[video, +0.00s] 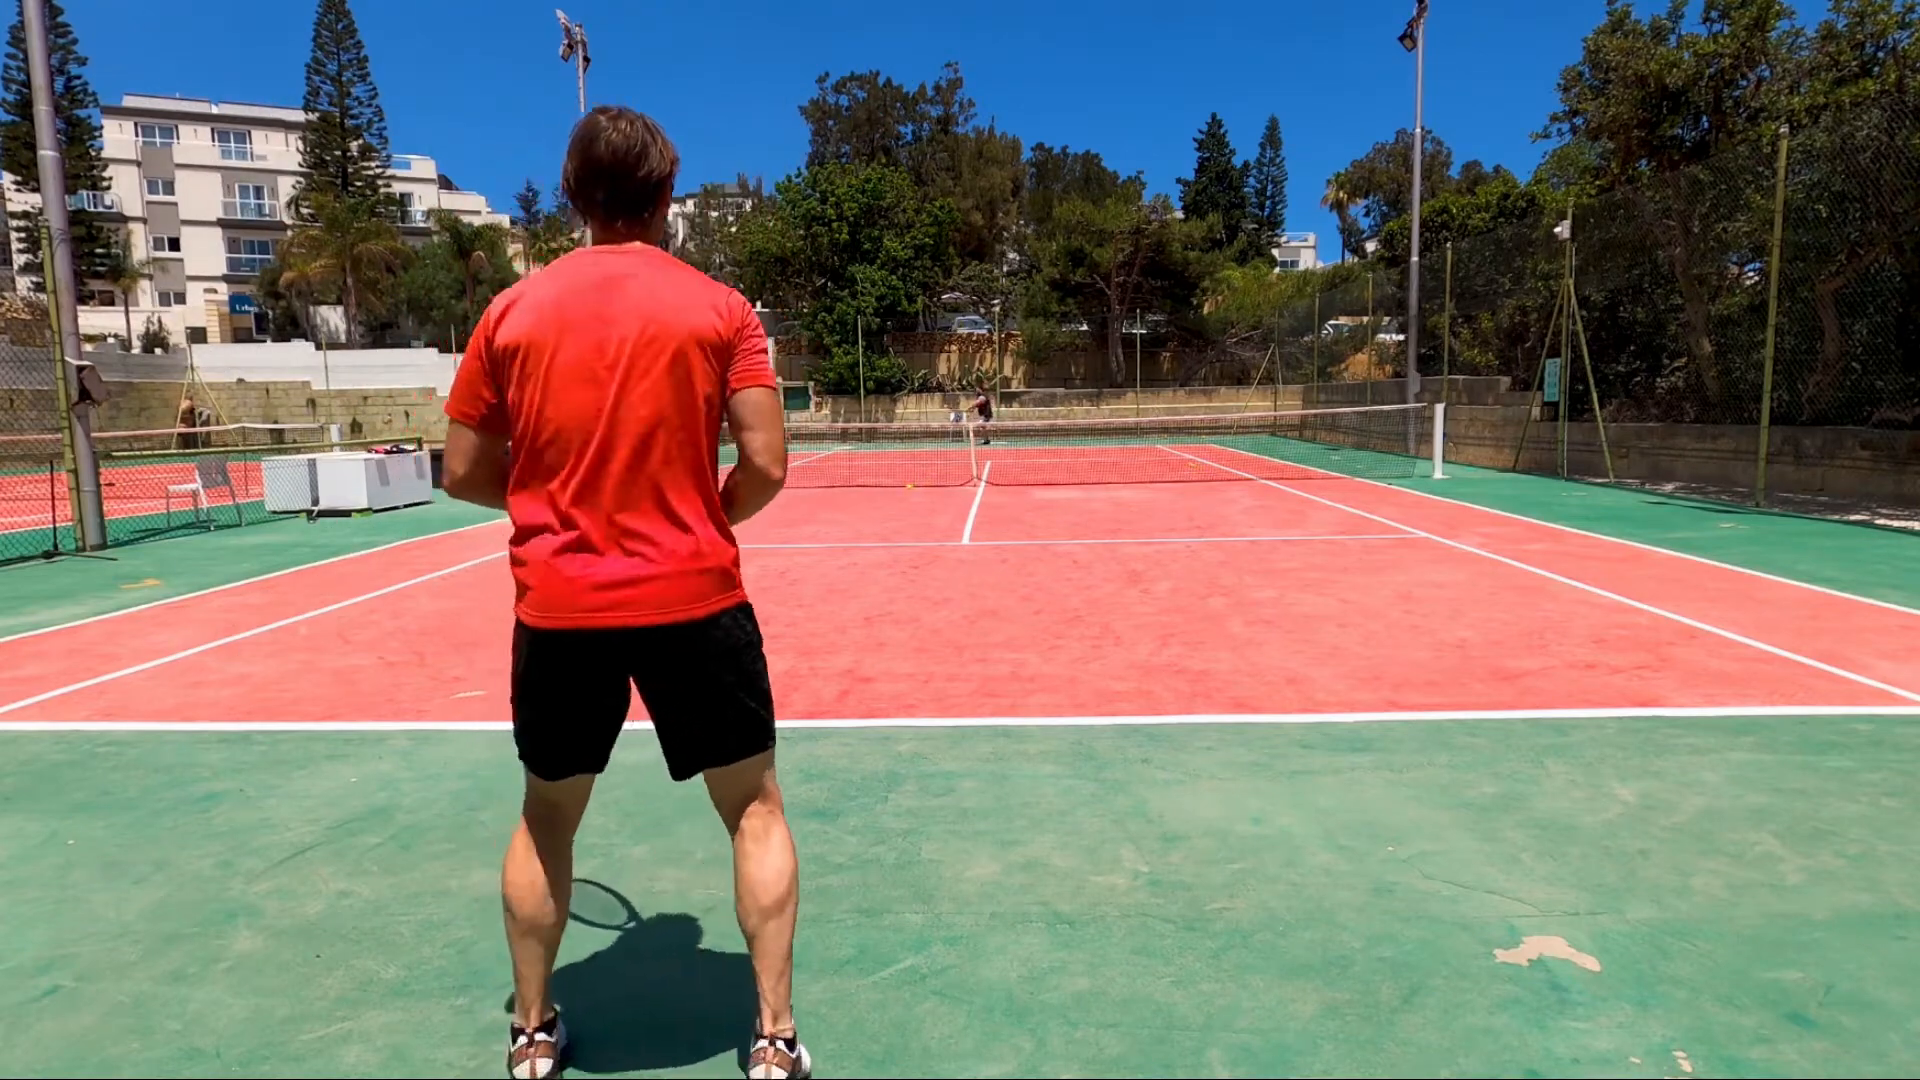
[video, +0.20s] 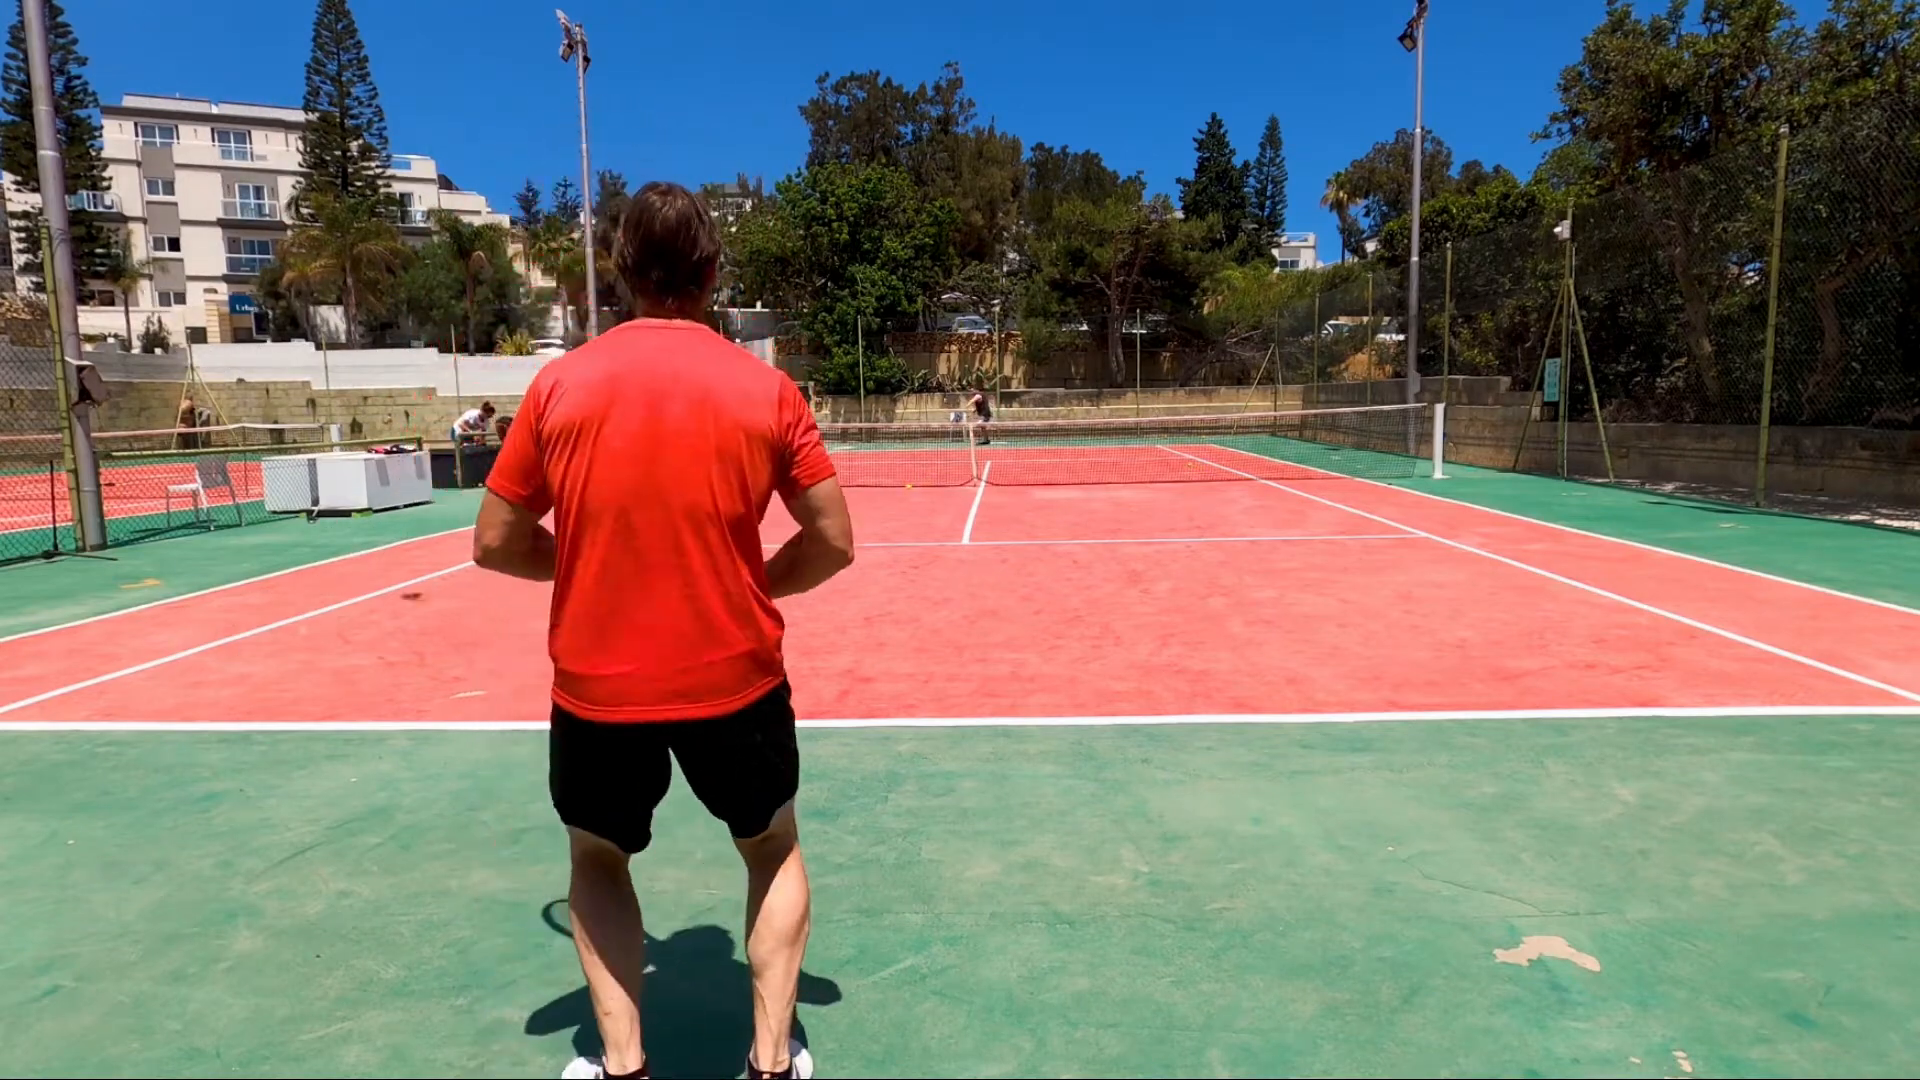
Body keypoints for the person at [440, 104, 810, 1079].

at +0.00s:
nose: (667, 206)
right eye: (668, 192)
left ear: (574, 196)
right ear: (667, 198)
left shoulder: (514, 310)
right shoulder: (719, 308)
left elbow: (465, 471)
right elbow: (765, 465)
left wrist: (559, 471)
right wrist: (708, 517)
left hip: (561, 613)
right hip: (694, 606)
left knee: (547, 818)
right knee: (753, 803)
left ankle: (532, 1030)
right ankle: (774, 1033)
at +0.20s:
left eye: (623, 259)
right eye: (706, 261)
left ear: (620, 270)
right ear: (710, 273)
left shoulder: (562, 381)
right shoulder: (764, 387)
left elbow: (498, 540)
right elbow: (830, 542)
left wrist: (592, 560)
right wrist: (741, 582)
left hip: (600, 688)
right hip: (731, 681)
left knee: (599, 856)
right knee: (772, 847)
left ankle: (623, 1060)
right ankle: (771, 1059)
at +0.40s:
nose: (691, 184)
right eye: (695, 170)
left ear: (601, 176)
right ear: (696, 177)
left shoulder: (537, 287)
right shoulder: (747, 291)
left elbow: (482, 452)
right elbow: (817, 449)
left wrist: (569, 479)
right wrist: (738, 508)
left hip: (572, 594)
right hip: (709, 593)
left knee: (545, 791)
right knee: (760, 820)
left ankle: (523, 1015)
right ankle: (782, 1046)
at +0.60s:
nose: (682, 211)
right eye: (680, 198)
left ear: (577, 209)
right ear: (672, 210)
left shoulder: (502, 323)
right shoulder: (719, 324)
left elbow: (450, 481)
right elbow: (779, 484)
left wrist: (546, 509)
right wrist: (699, 530)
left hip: (527, 642)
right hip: (667, 642)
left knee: (469, 838)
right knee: (751, 851)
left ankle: (378, 1052)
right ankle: (771, 1070)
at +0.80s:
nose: (695, 322)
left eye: (689, 306)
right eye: (693, 308)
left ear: (589, 316)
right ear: (682, 320)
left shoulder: (522, 426)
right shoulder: (686, 434)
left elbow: (520, 575)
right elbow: (735, 608)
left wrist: (669, 617)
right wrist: (731, 654)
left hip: (488, 740)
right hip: (620, 742)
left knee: (463, 880)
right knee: (810, 860)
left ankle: (360, 1068)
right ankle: (763, 1072)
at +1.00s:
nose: (858, 286)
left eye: (853, 271)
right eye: (855, 272)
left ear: (758, 277)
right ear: (843, 282)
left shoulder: (705, 377)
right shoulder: (823, 398)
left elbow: (707, 541)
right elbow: (835, 590)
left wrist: (808, 622)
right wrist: (886, 669)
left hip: (618, 701)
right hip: (725, 720)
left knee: (582, 881)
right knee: (876, 900)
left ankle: (402, 1053)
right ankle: (782, 1074)